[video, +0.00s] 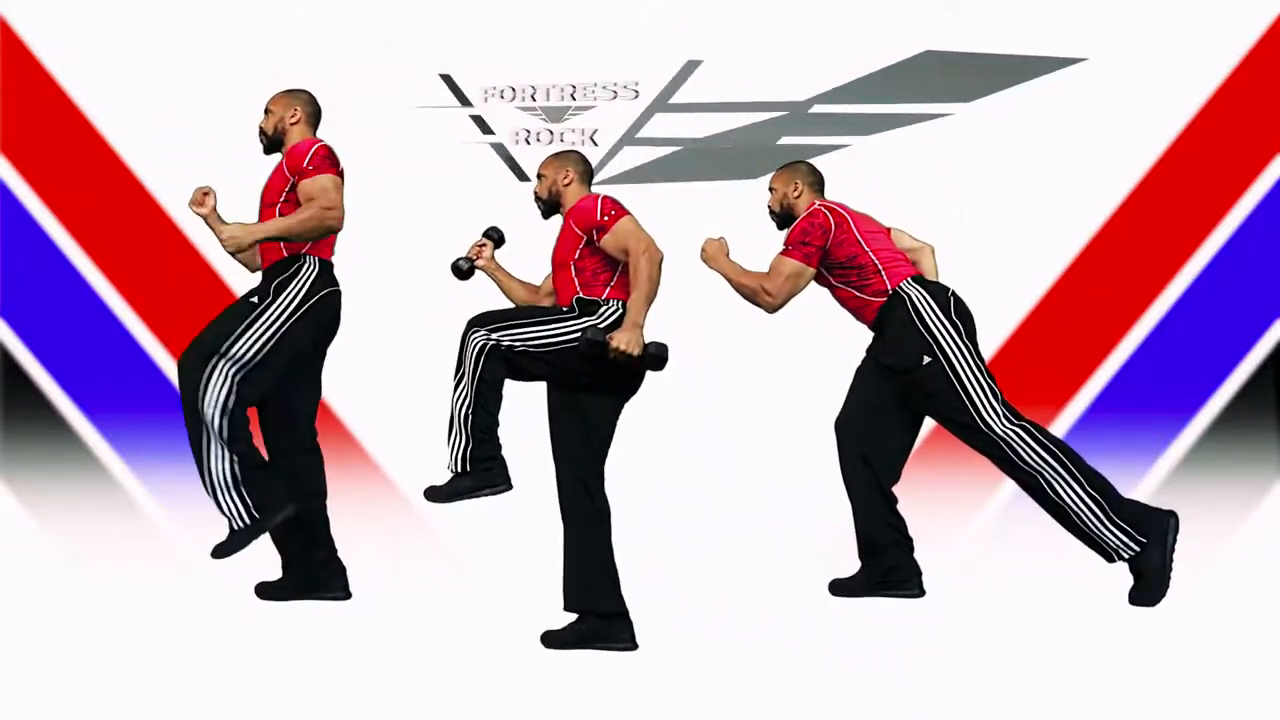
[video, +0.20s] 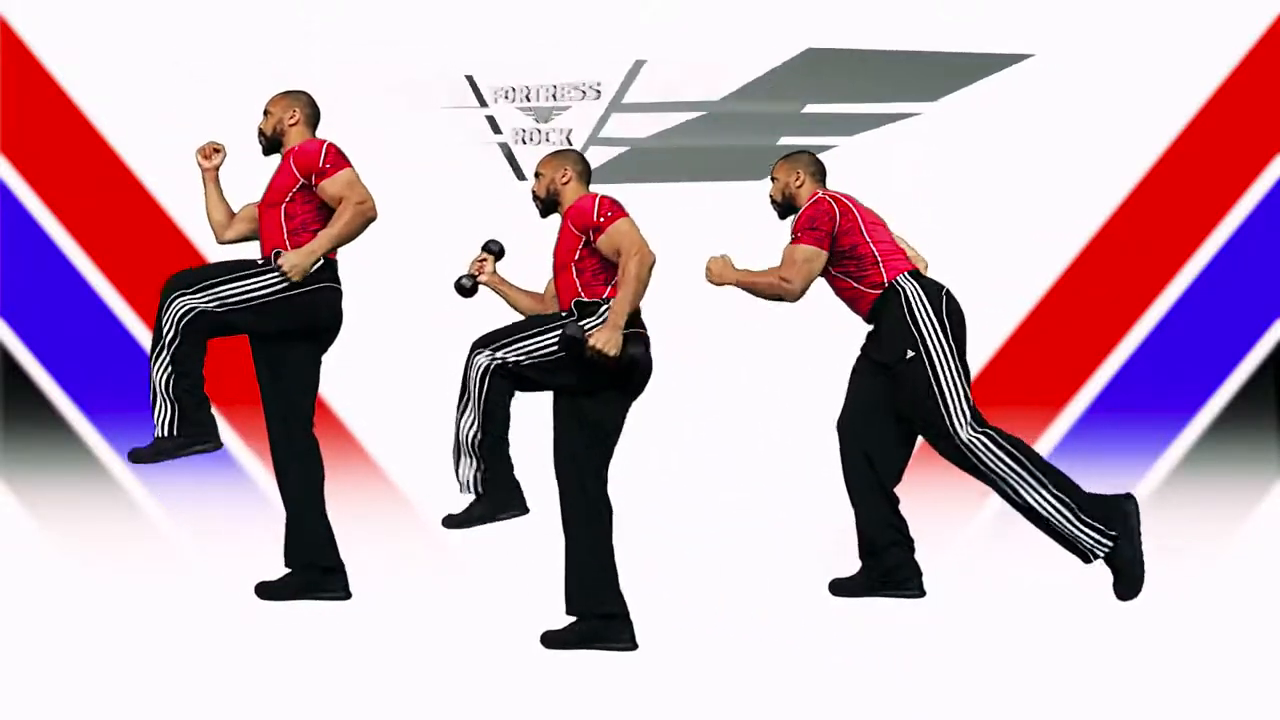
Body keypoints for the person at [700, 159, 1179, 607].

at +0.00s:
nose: (767, 199)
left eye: (774, 190)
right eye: (768, 191)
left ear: (802, 190)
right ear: (807, 193)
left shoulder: (815, 220)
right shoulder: (843, 222)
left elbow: (771, 295)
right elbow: (919, 250)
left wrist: (721, 265)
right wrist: (938, 317)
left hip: (918, 312)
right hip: (901, 327)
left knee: (998, 431)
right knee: (858, 438)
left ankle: (1139, 533)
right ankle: (890, 568)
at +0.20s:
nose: (769, 188)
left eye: (775, 178)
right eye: (769, 181)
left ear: (802, 176)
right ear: (807, 183)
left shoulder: (820, 207)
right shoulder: (846, 212)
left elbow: (790, 283)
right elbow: (915, 263)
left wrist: (731, 276)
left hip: (913, 306)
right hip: (892, 323)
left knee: (960, 434)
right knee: (861, 439)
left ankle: (1104, 527)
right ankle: (890, 568)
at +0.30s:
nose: (774, 179)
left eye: (779, 168)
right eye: (775, 171)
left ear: (803, 165)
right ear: (812, 168)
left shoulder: (826, 194)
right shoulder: (843, 201)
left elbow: (825, 268)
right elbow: (886, 277)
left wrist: (760, 294)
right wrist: (851, 322)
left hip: (913, 301)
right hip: (887, 317)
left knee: (906, 432)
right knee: (866, 435)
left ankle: (1034, 512)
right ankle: (890, 567)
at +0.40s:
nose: (784, 166)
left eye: (788, 156)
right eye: (784, 158)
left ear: (811, 154)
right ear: (816, 156)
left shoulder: (842, 183)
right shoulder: (834, 205)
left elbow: (867, 246)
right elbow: (867, 284)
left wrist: (817, 300)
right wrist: (807, 298)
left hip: (910, 291)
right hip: (901, 302)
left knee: (834, 393)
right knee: (880, 430)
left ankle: (916, 504)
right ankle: (889, 568)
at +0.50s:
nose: (793, 158)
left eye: (798, 148)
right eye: (793, 150)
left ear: (822, 144)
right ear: (823, 146)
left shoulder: (851, 172)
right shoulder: (843, 198)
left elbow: (899, 220)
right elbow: (824, 272)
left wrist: (887, 292)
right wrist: (770, 251)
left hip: (901, 288)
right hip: (905, 301)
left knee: (794, 339)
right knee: (883, 440)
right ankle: (892, 569)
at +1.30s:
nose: (789, 158)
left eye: (793, 147)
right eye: (788, 150)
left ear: (818, 144)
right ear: (822, 147)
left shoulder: (846, 174)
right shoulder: (834, 198)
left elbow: (874, 239)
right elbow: (853, 297)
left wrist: (824, 297)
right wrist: (801, 299)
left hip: (903, 284)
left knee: (814, 375)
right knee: (880, 442)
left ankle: (897, 487)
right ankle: (894, 589)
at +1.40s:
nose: (780, 166)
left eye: (784, 155)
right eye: (780, 159)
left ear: (809, 152)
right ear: (813, 155)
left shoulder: (836, 183)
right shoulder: (833, 195)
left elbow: (829, 258)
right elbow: (883, 271)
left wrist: (757, 274)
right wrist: (864, 324)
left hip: (907, 292)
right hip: (885, 309)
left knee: (888, 426)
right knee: (868, 440)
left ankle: (1016, 500)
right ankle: (895, 580)